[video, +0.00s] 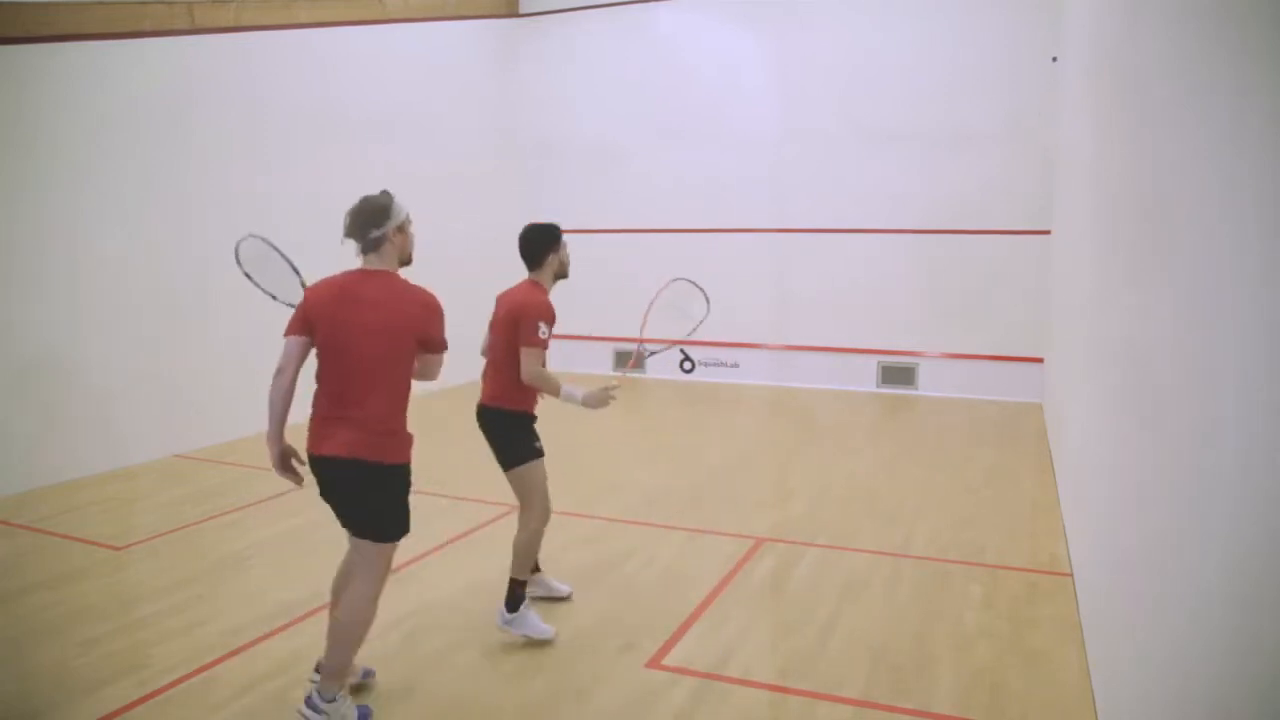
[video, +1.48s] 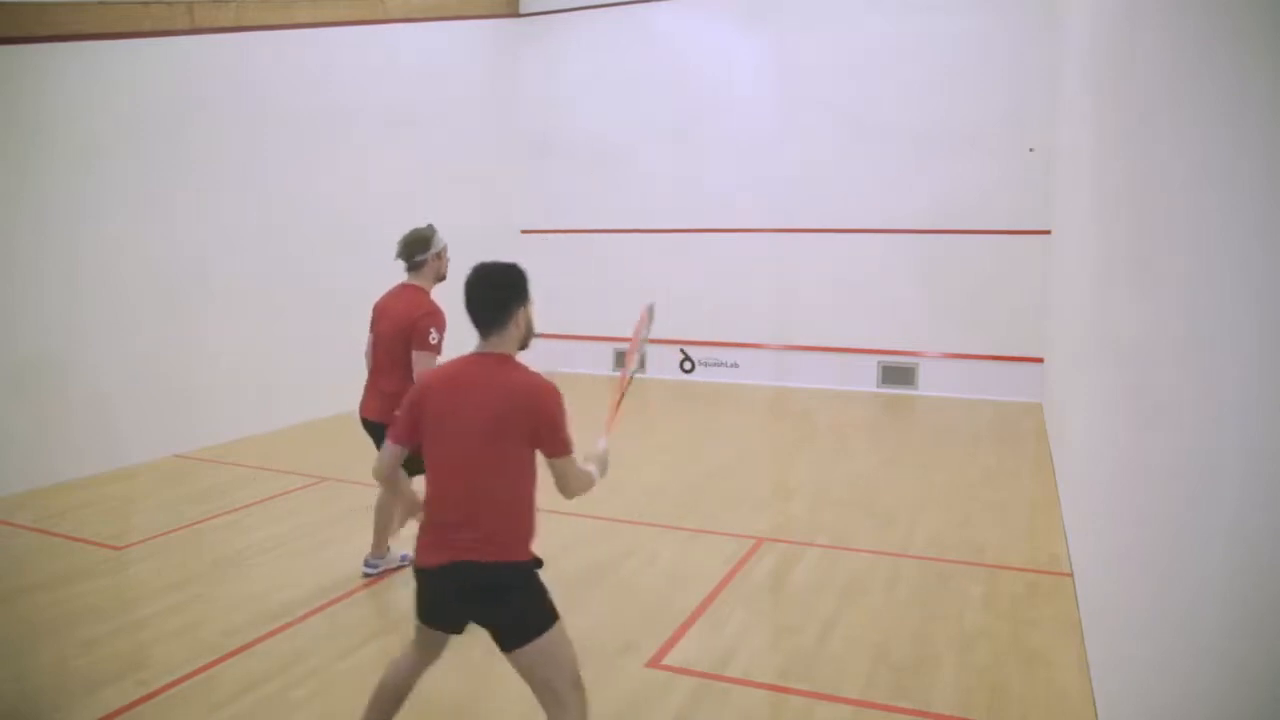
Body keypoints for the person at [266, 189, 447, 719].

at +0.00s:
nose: (413, 236)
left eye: (410, 228)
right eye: (409, 228)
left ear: (360, 240)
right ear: (395, 236)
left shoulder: (321, 294)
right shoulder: (421, 303)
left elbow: (286, 370)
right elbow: (428, 369)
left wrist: (275, 438)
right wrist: (375, 348)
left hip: (326, 453)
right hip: (381, 458)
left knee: (362, 551)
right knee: (370, 574)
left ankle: (336, 662)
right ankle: (327, 694)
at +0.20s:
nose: (393, 262)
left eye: (390, 254)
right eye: (389, 255)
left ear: (343, 265)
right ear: (374, 262)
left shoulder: (308, 320)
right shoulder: (398, 329)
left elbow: (284, 398)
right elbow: (420, 406)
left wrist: (268, 461)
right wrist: (402, 413)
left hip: (317, 461)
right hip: (369, 469)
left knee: (333, 534)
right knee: (359, 578)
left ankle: (327, 624)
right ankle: (319, 691)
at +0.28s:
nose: (390, 263)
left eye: (388, 255)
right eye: (385, 256)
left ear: (340, 264)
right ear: (369, 262)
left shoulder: (305, 318)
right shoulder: (389, 326)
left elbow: (287, 393)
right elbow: (415, 406)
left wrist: (272, 455)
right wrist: (423, 433)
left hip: (315, 460)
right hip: (367, 465)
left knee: (335, 526)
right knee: (384, 558)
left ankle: (327, 624)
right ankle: (339, 645)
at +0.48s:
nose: (396, 251)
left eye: (394, 243)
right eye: (391, 243)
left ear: (353, 248)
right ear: (368, 247)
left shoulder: (314, 299)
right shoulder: (383, 306)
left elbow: (299, 370)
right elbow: (394, 384)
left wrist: (310, 421)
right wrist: (419, 432)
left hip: (323, 434)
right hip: (374, 436)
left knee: (334, 518)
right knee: (409, 502)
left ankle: (331, 617)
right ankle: (388, 600)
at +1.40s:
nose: (442, 255)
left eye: (440, 248)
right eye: (439, 249)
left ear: (404, 255)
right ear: (425, 253)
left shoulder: (379, 295)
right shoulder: (422, 306)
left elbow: (364, 356)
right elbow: (416, 372)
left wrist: (385, 384)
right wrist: (447, 416)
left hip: (372, 408)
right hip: (406, 413)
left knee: (391, 478)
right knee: (454, 482)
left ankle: (376, 554)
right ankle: (444, 575)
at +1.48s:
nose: (448, 260)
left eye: (446, 254)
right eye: (444, 254)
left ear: (412, 261)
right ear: (433, 261)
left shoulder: (387, 301)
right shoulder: (428, 313)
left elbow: (371, 357)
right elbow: (424, 377)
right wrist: (443, 416)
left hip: (372, 411)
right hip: (400, 415)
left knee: (402, 474)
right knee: (397, 481)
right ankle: (378, 552)